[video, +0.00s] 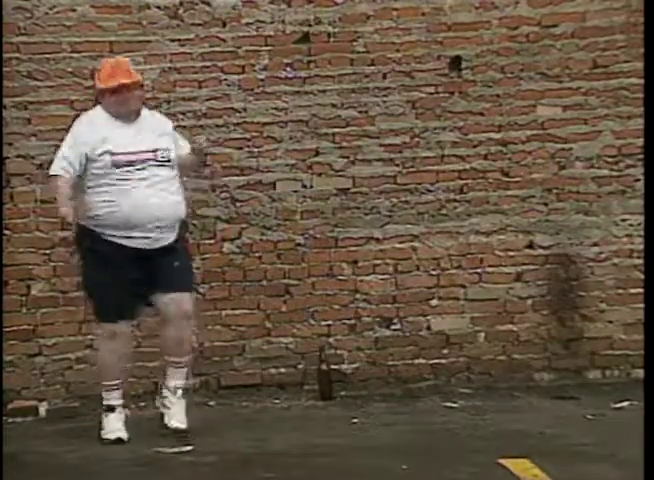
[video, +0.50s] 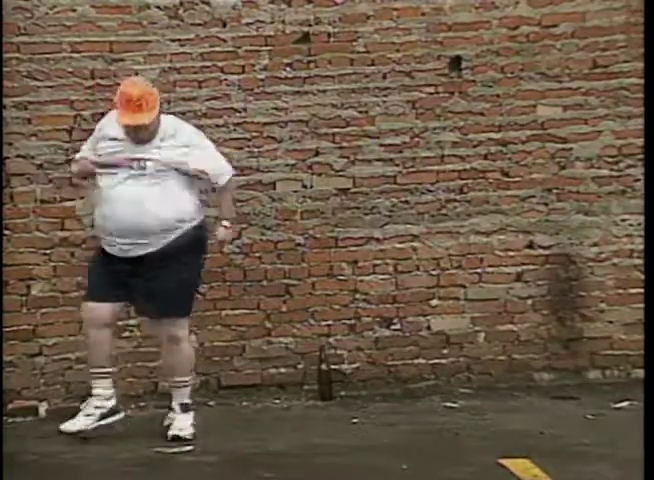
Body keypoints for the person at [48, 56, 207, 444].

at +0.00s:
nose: (133, 94)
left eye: (135, 88)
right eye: (124, 90)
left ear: (141, 89)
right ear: (105, 97)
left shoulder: (157, 122)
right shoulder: (88, 127)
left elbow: (181, 160)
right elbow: (64, 173)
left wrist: (200, 161)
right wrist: (65, 207)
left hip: (165, 241)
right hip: (108, 243)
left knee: (181, 309)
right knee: (115, 327)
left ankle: (174, 392)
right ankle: (113, 409)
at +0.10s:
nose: (121, 105)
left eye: (126, 97)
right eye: (115, 101)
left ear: (143, 92)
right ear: (108, 103)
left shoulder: (170, 117)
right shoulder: (93, 130)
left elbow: (210, 151)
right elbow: (65, 179)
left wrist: (198, 158)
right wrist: (69, 218)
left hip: (166, 242)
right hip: (109, 243)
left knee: (170, 325)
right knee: (109, 328)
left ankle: (178, 408)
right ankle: (111, 408)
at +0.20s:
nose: (137, 132)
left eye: (141, 124)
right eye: (128, 127)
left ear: (152, 114)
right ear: (116, 124)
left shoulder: (178, 135)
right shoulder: (107, 152)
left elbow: (222, 158)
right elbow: (70, 194)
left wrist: (211, 186)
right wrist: (86, 221)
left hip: (169, 260)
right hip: (111, 258)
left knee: (173, 334)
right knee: (105, 336)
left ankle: (178, 412)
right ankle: (107, 412)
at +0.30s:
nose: (140, 149)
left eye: (144, 141)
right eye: (132, 144)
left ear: (155, 126)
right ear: (119, 136)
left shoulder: (182, 147)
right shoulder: (109, 156)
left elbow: (220, 176)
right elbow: (81, 197)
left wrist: (227, 219)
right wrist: (88, 205)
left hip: (173, 263)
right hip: (112, 258)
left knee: (174, 337)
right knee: (100, 330)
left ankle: (177, 412)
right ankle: (103, 408)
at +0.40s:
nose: (141, 143)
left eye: (145, 136)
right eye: (133, 138)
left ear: (157, 120)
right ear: (120, 128)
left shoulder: (184, 143)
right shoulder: (110, 142)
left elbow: (228, 181)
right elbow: (80, 174)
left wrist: (229, 226)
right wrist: (94, 183)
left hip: (171, 258)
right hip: (111, 252)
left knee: (173, 338)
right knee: (92, 320)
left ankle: (176, 411)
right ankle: (101, 399)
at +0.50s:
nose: (137, 131)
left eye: (143, 125)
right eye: (130, 125)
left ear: (157, 114)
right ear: (119, 114)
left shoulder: (184, 137)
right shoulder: (107, 130)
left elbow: (224, 178)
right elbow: (77, 178)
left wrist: (227, 220)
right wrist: (80, 170)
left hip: (174, 246)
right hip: (117, 246)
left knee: (174, 332)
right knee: (95, 316)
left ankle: (182, 411)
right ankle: (103, 400)